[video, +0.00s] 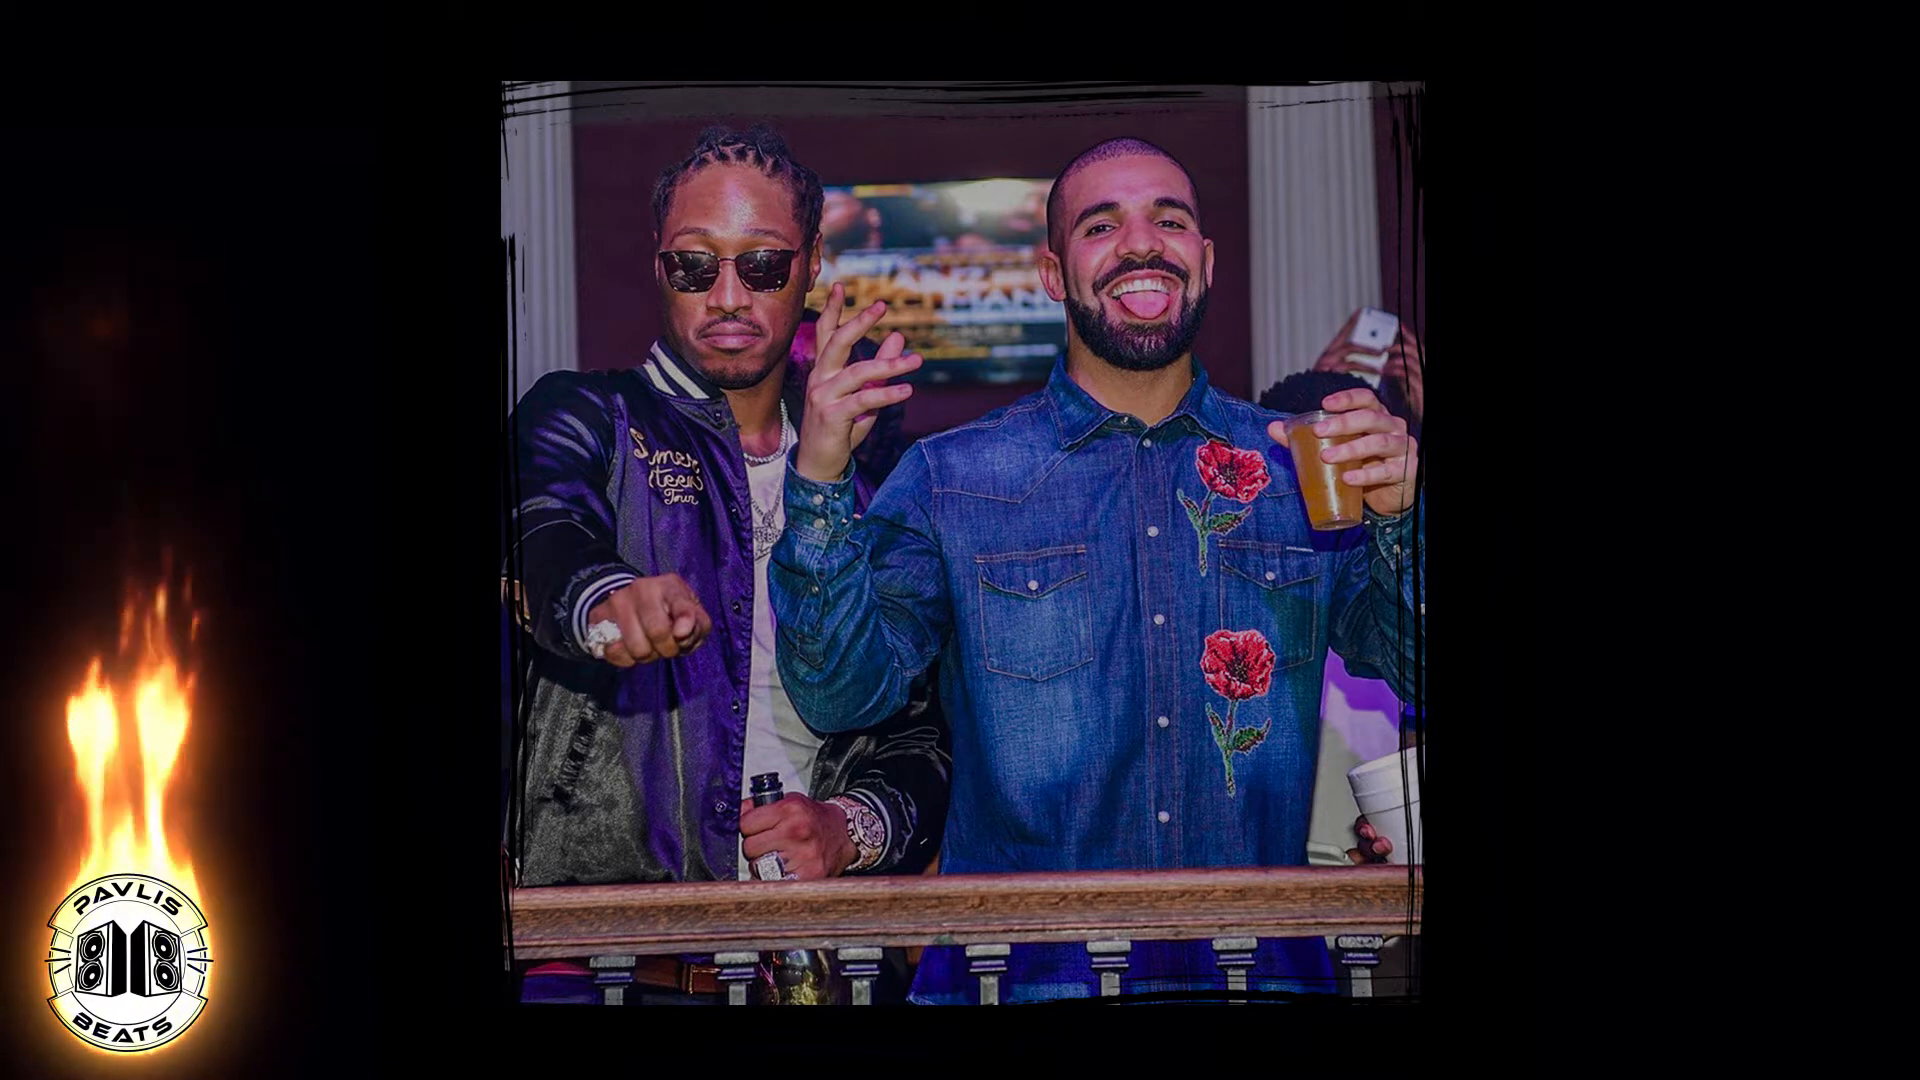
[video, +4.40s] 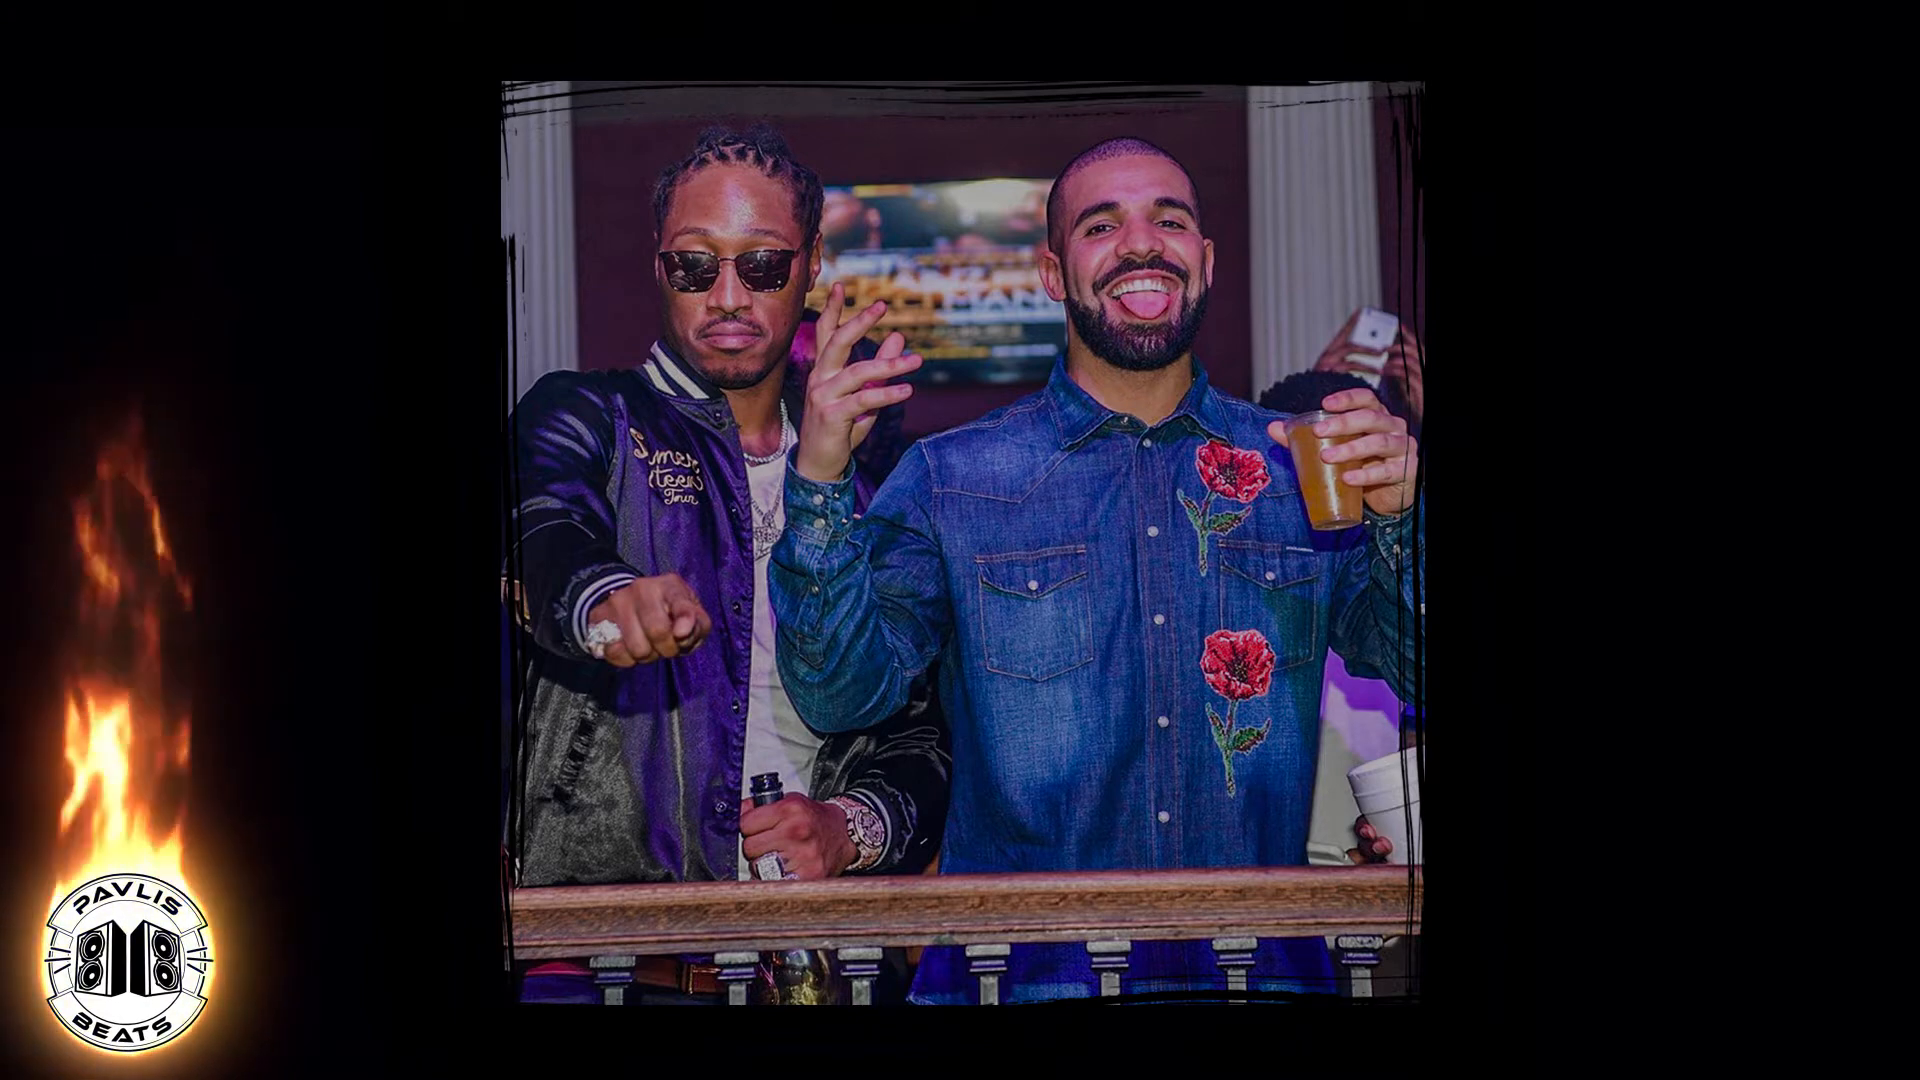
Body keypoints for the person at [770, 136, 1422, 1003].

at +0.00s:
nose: (1142, 242)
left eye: (1170, 219)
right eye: (1102, 225)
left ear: (1207, 259)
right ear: (1055, 273)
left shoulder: (1304, 469)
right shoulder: (945, 478)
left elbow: (1413, 673)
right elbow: (840, 692)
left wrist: (1402, 516)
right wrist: (818, 475)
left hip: (1255, 955)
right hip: (1022, 963)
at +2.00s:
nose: (1142, 242)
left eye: (1170, 219)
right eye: (1102, 225)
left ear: (1207, 259)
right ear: (1055, 273)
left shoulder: (1304, 469)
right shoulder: (945, 478)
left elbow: (1413, 673)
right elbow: (840, 692)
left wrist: (1402, 516)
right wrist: (818, 475)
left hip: (1255, 955)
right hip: (1022, 963)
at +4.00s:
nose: (1141, 243)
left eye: (1169, 220)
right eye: (1102, 225)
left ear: (1208, 258)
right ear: (1055, 272)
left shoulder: (1305, 469)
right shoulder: (945, 479)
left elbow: (1410, 671)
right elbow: (840, 693)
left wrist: (1402, 515)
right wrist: (818, 475)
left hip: (1255, 953)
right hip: (1020, 963)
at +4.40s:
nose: (1141, 242)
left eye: (1169, 219)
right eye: (1102, 224)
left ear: (1208, 259)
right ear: (1055, 272)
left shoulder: (1304, 469)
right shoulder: (945, 478)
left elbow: (1413, 672)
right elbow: (840, 692)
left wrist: (1402, 515)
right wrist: (818, 473)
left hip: (1255, 954)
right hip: (1020, 964)